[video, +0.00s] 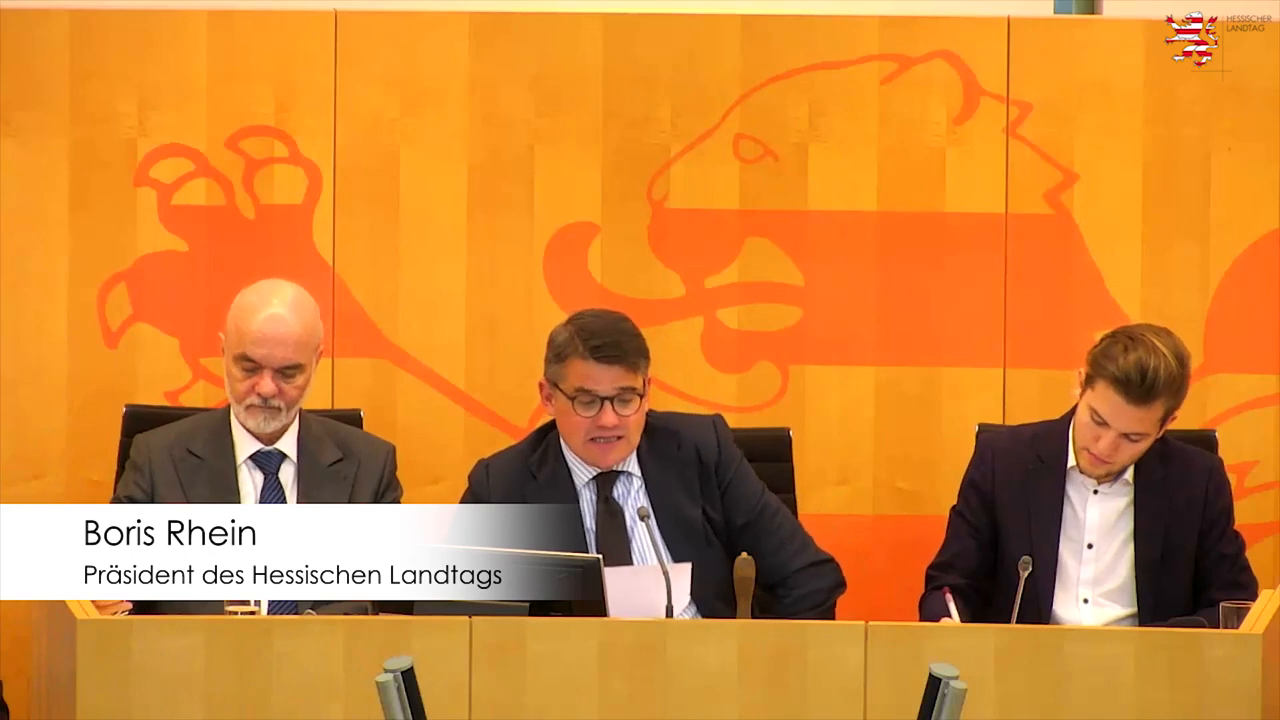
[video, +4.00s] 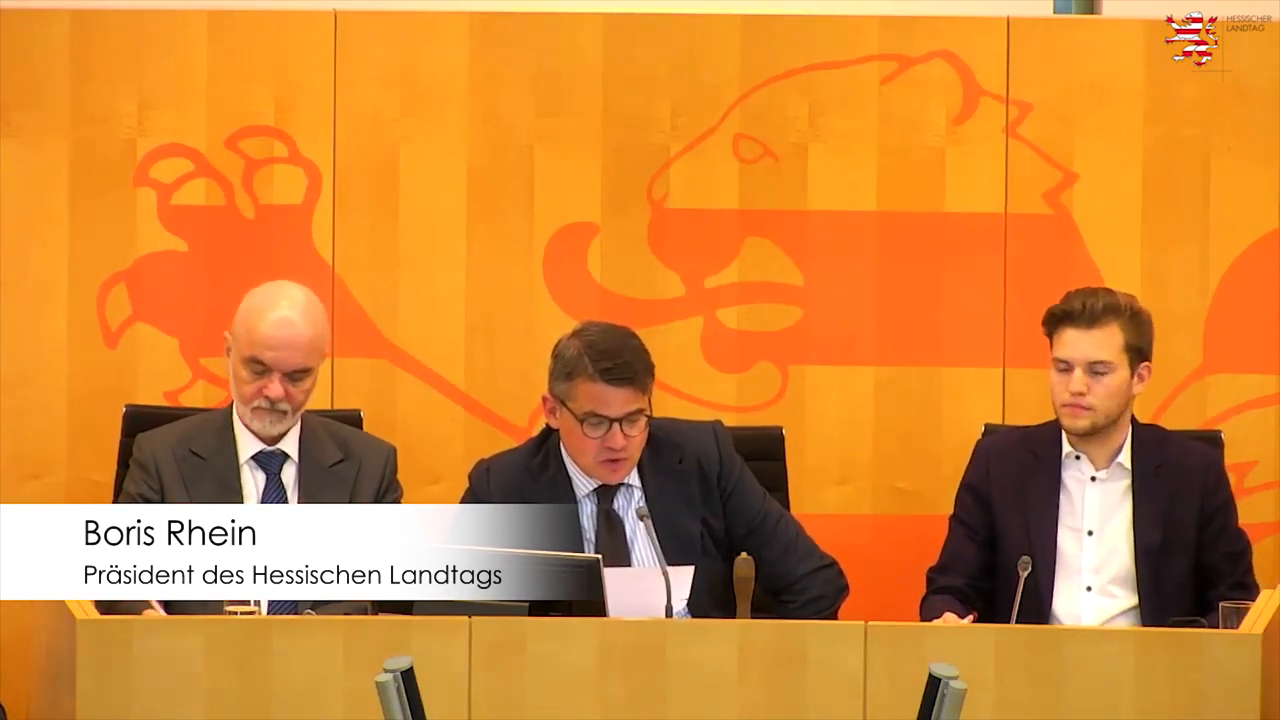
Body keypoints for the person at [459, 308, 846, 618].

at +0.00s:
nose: (608, 419)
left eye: (624, 398)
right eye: (586, 400)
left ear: (646, 390)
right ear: (549, 397)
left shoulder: (704, 450)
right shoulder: (500, 485)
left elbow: (809, 580)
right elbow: (466, 619)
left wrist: (764, 679)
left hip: (706, 673)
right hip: (566, 683)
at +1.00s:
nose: (621, 434)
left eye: (636, 412)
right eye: (599, 416)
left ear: (652, 397)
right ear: (555, 406)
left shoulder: (707, 454)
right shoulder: (501, 487)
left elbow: (813, 582)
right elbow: (467, 623)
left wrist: (760, 676)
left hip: (704, 675)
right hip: (564, 685)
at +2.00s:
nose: (614, 435)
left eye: (628, 413)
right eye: (591, 418)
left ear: (644, 395)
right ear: (548, 410)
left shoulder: (704, 453)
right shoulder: (500, 487)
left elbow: (811, 581)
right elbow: (468, 623)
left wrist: (760, 676)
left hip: (703, 673)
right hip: (564, 683)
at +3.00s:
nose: (613, 437)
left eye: (627, 415)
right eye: (590, 419)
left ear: (645, 396)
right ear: (548, 411)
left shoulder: (703, 456)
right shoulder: (498, 489)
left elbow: (812, 583)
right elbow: (461, 624)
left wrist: (761, 677)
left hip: (703, 677)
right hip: (563, 686)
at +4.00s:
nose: (618, 441)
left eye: (634, 419)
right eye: (595, 423)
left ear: (650, 400)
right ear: (553, 411)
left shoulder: (705, 457)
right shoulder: (500, 488)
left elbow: (814, 583)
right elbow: (460, 622)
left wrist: (756, 675)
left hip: (701, 678)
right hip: (562, 686)